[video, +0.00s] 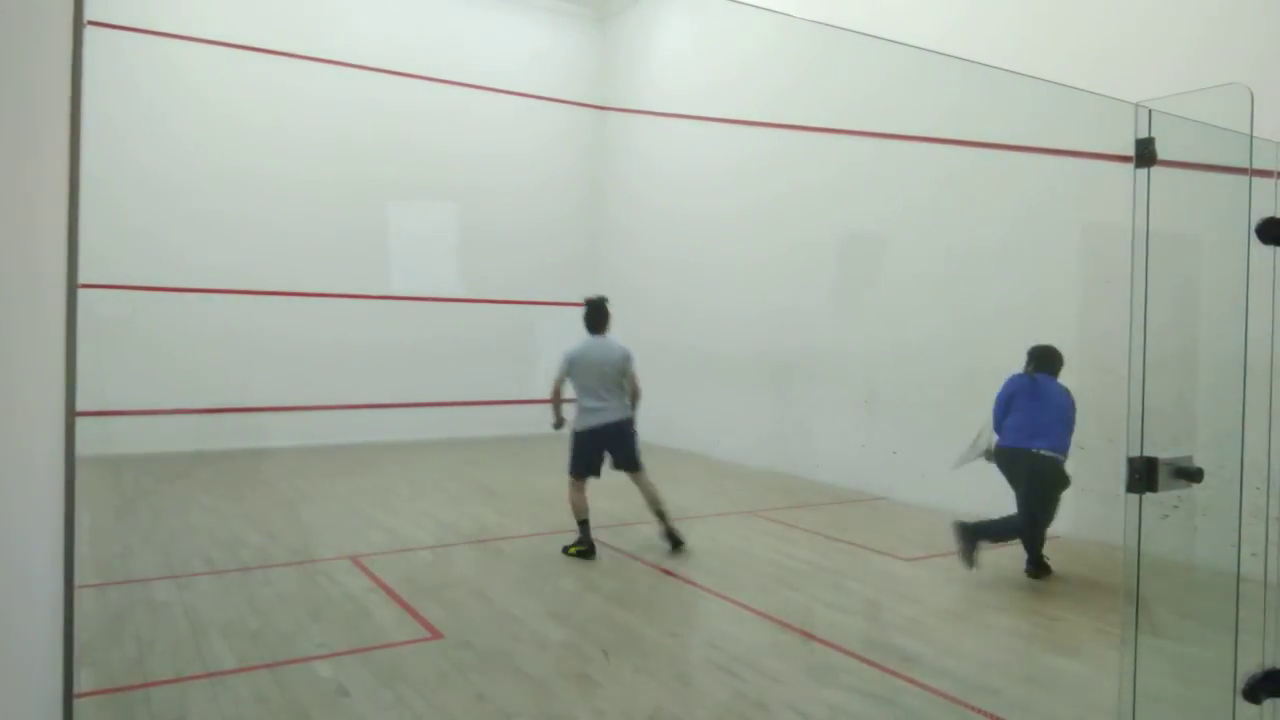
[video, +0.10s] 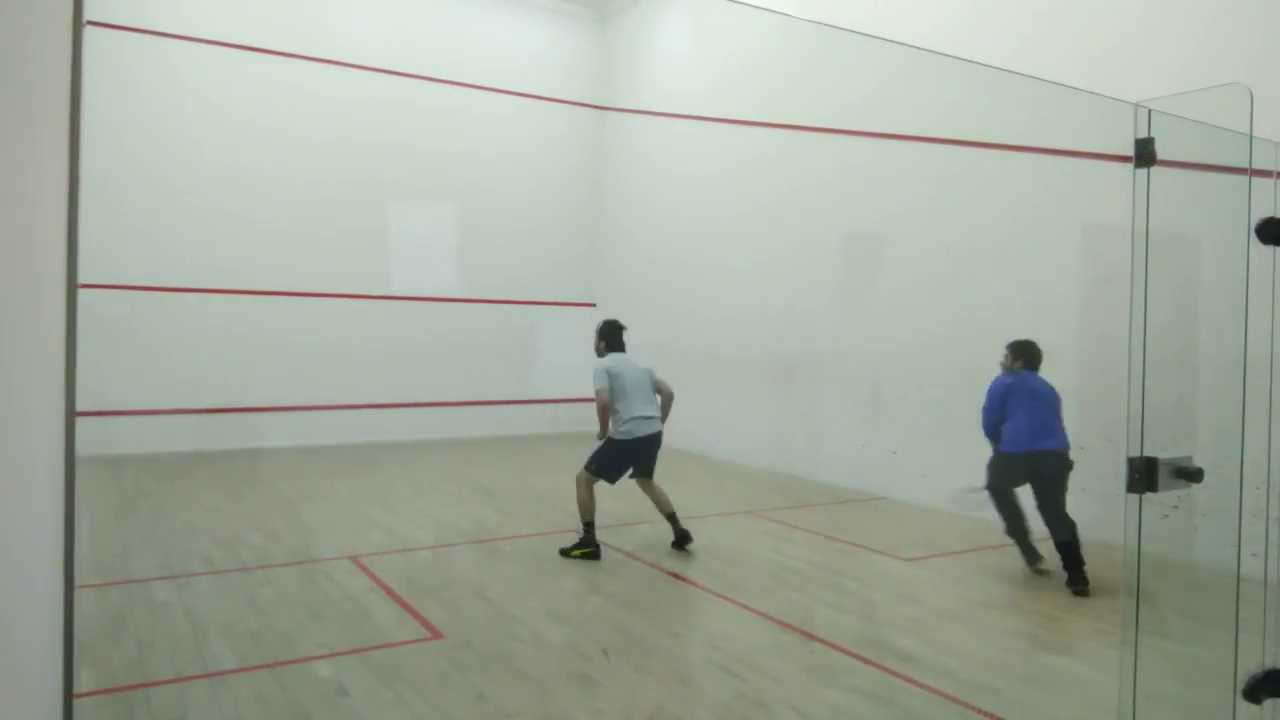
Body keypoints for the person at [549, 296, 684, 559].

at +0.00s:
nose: (600, 323)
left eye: (592, 319)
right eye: (603, 319)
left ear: (585, 323)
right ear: (607, 322)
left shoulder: (575, 354)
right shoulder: (621, 352)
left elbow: (556, 389)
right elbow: (634, 390)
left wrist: (558, 416)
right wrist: (629, 414)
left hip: (587, 430)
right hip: (620, 426)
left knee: (577, 485)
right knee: (640, 478)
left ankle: (585, 540)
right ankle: (670, 531)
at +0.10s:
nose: (594, 345)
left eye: (596, 340)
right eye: (595, 340)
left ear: (604, 342)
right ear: (620, 342)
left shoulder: (603, 366)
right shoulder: (640, 367)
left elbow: (603, 402)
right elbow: (667, 393)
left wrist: (602, 431)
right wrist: (659, 423)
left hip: (626, 437)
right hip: (653, 434)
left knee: (584, 479)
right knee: (645, 480)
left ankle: (588, 541)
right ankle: (679, 532)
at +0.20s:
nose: (585, 352)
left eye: (587, 347)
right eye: (585, 347)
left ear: (599, 348)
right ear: (607, 348)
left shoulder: (607, 371)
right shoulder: (633, 368)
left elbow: (609, 411)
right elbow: (663, 397)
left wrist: (600, 434)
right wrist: (651, 421)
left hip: (635, 439)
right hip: (660, 439)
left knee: (589, 483)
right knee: (652, 488)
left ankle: (600, 544)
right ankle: (684, 538)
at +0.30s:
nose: (587, 360)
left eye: (589, 354)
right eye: (587, 354)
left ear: (600, 355)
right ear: (608, 354)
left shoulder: (620, 376)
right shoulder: (625, 376)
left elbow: (601, 405)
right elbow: (625, 423)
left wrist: (578, 400)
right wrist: (604, 445)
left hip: (646, 446)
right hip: (654, 445)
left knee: (601, 496)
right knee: (628, 483)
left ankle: (612, 560)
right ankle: (663, 530)